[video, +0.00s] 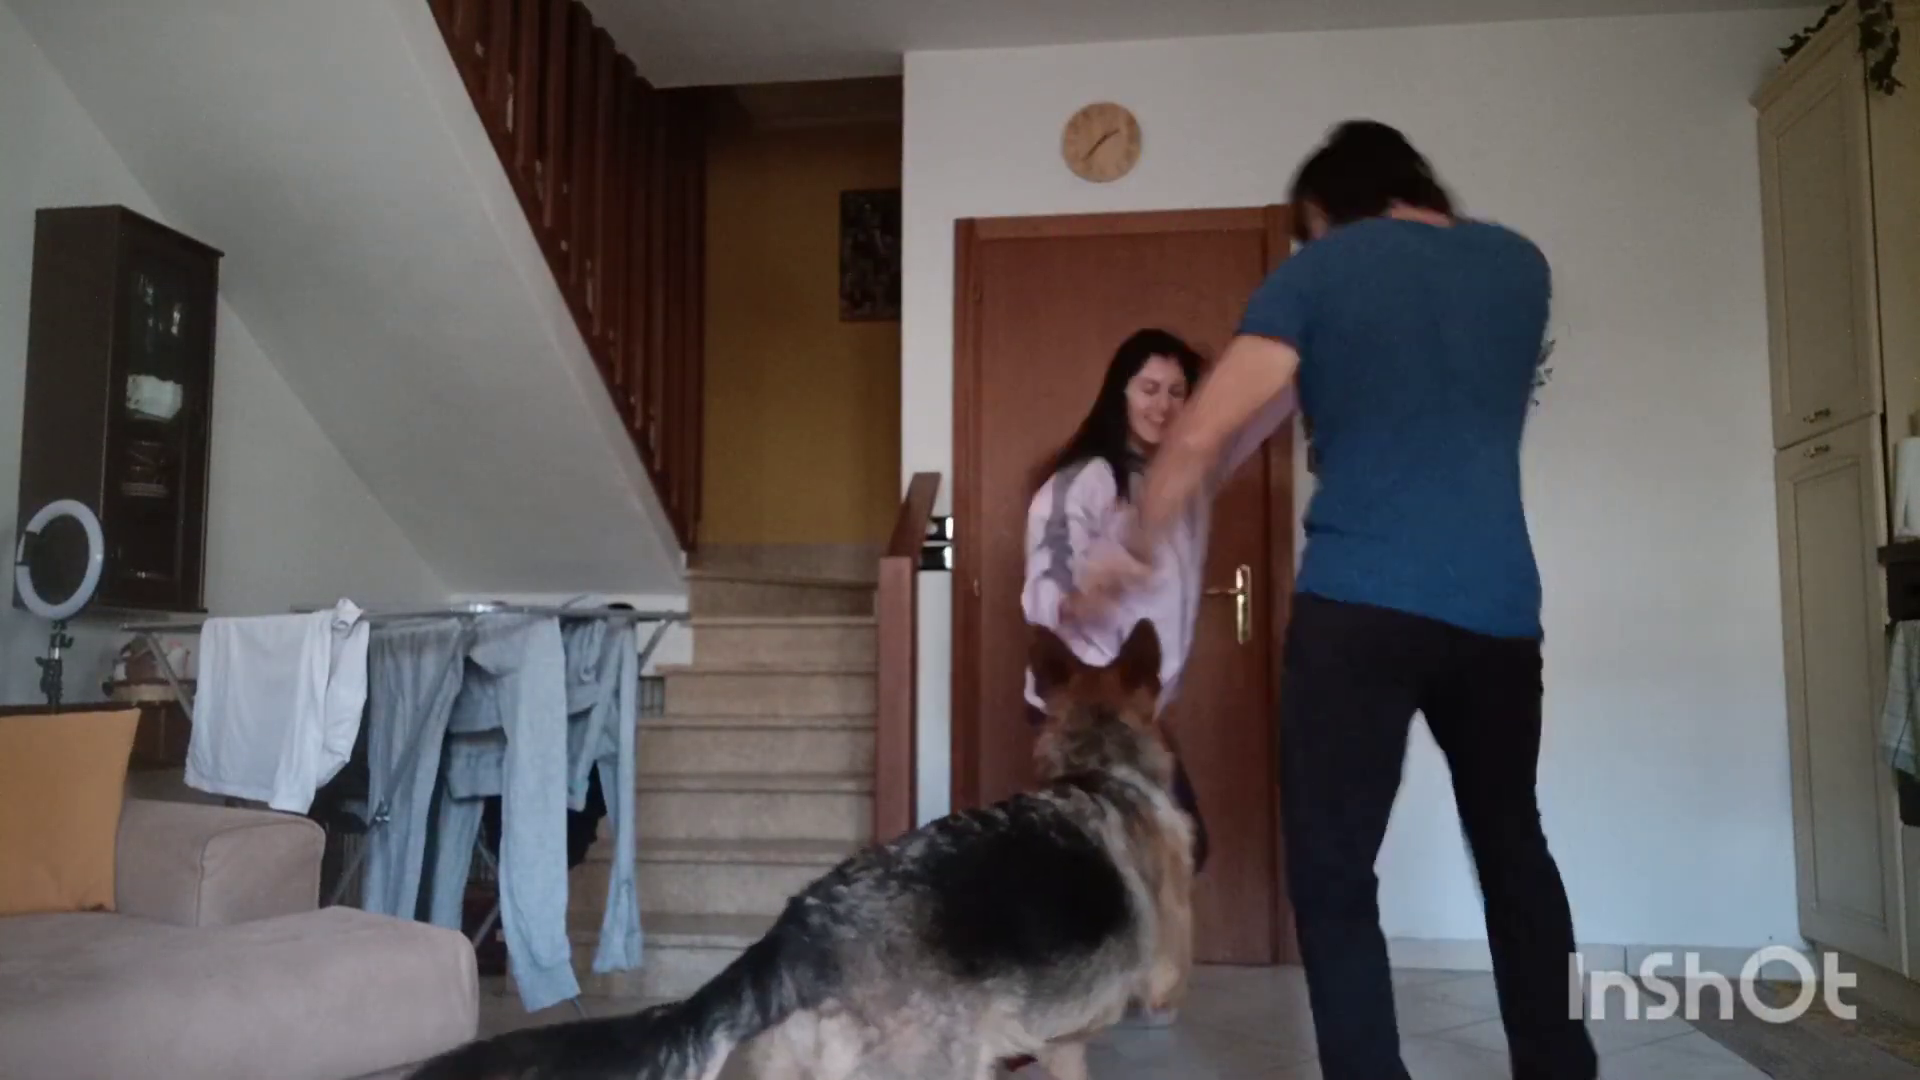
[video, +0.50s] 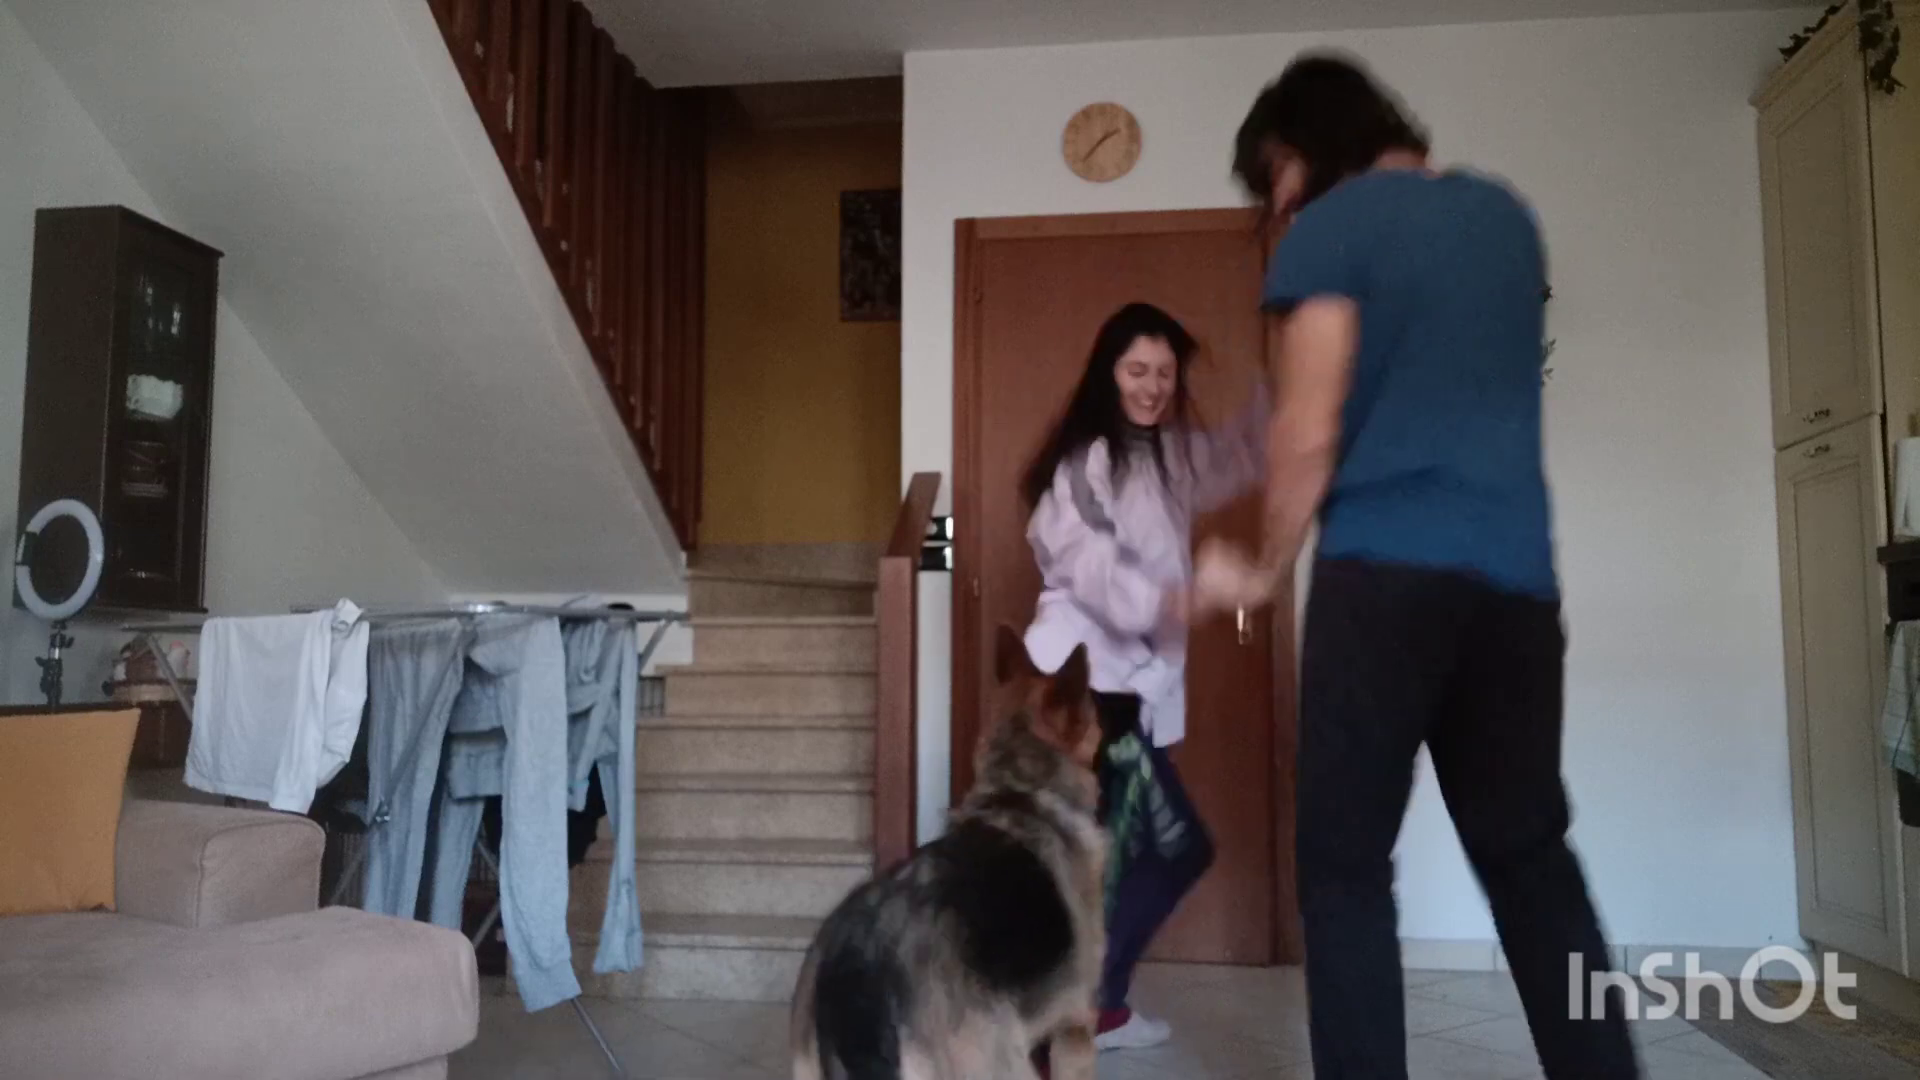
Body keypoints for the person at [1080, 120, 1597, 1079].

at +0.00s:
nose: (1311, 247)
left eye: (1309, 230)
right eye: (1308, 233)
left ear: (1332, 214)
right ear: (1422, 198)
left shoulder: (1314, 273)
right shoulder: (1520, 263)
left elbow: (1193, 445)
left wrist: (1136, 546)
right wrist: (1439, 230)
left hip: (1358, 612)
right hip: (1495, 620)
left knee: (1332, 876)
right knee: (1516, 854)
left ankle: (1367, 1070)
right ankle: (1558, 1067)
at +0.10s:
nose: (1292, 221)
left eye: (1287, 206)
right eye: (1289, 209)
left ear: (1306, 185)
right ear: (1401, 162)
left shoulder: (1294, 248)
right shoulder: (1502, 225)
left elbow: (1220, 431)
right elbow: (1518, 325)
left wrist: (1176, 564)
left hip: (1356, 587)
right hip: (1496, 587)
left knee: (1341, 857)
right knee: (1512, 821)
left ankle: (1366, 1067)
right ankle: (1545, 1058)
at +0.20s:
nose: (1269, 203)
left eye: (1266, 185)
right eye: (1264, 187)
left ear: (1296, 155)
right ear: (1381, 136)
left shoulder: (1284, 225)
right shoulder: (1497, 207)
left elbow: (1232, 423)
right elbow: (1521, 314)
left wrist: (1201, 554)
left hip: (1354, 566)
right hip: (1498, 567)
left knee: (1348, 841)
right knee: (1512, 807)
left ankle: (1360, 1066)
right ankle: (1547, 1052)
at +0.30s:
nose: (1264, 215)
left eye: (1260, 193)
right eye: (1256, 197)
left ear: (1285, 164)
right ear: (1377, 144)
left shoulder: (1284, 239)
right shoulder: (1491, 221)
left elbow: (1246, 434)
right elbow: (1526, 306)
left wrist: (1211, 569)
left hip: (1352, 585)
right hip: (1493, 586)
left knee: (1343, 866)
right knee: (1514, 840)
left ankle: (1369, 1068)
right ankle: (1574, 1067)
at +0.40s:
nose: (1265, 224)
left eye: (1263, 202)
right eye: (1258, 204)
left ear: (1290, 178)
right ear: (1376, 159)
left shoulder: (1299, 254)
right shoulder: (1493, 236)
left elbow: (1261, 463)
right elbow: (1489, 402)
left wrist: (1241, 597)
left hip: (1360, 605)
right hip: (1501, 611)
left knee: (1331, 878)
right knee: (1516, 863)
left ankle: (1364, 1069)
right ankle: (1586, 1066)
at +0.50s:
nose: (1276, 211)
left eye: (1274, 183)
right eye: (1267, 190)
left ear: (1310, 151)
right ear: (1390, 137)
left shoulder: (1327, 228)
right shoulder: (1505, 215)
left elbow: (1309, 432)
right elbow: (1501, 394)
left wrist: (1267, 562)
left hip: (1382, 588)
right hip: (1516, 594)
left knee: (1343, 867)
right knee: (1528, 853)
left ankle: (1362, 1068)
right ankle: (1603, 1066)